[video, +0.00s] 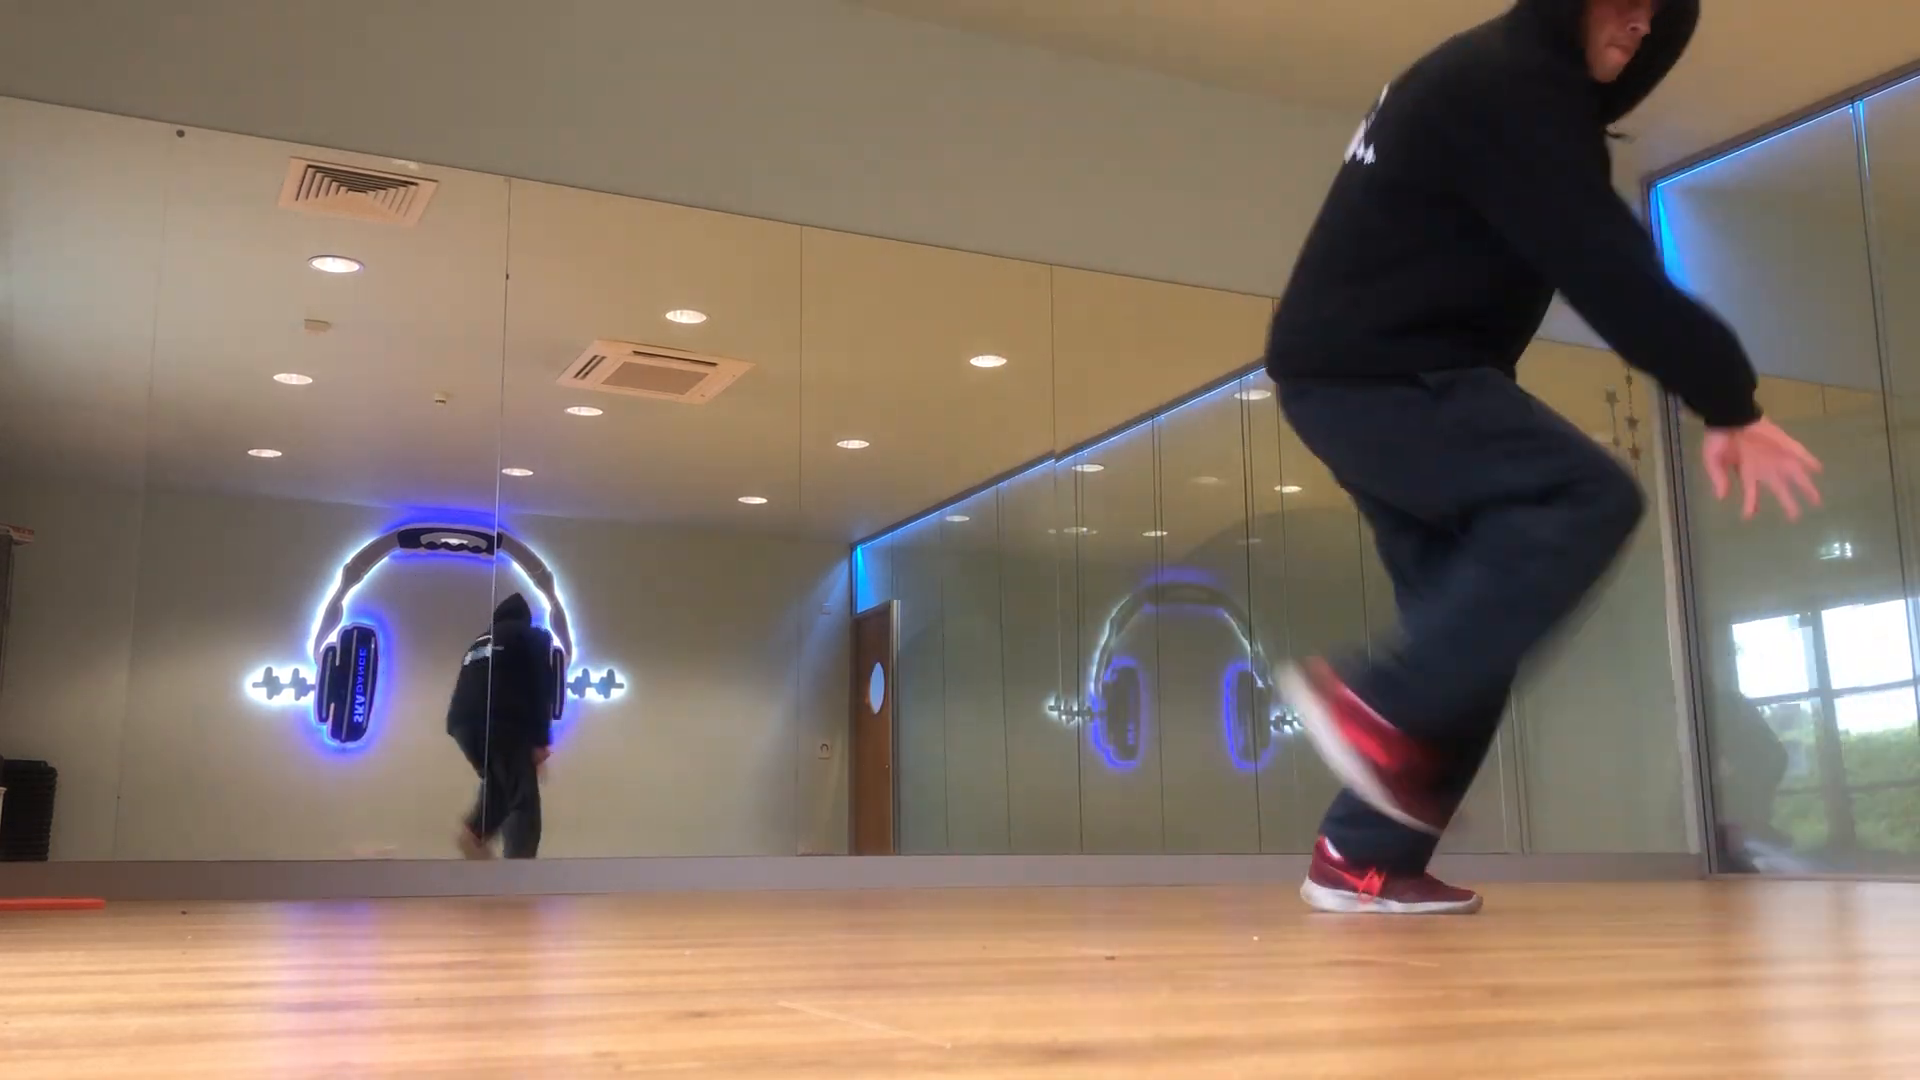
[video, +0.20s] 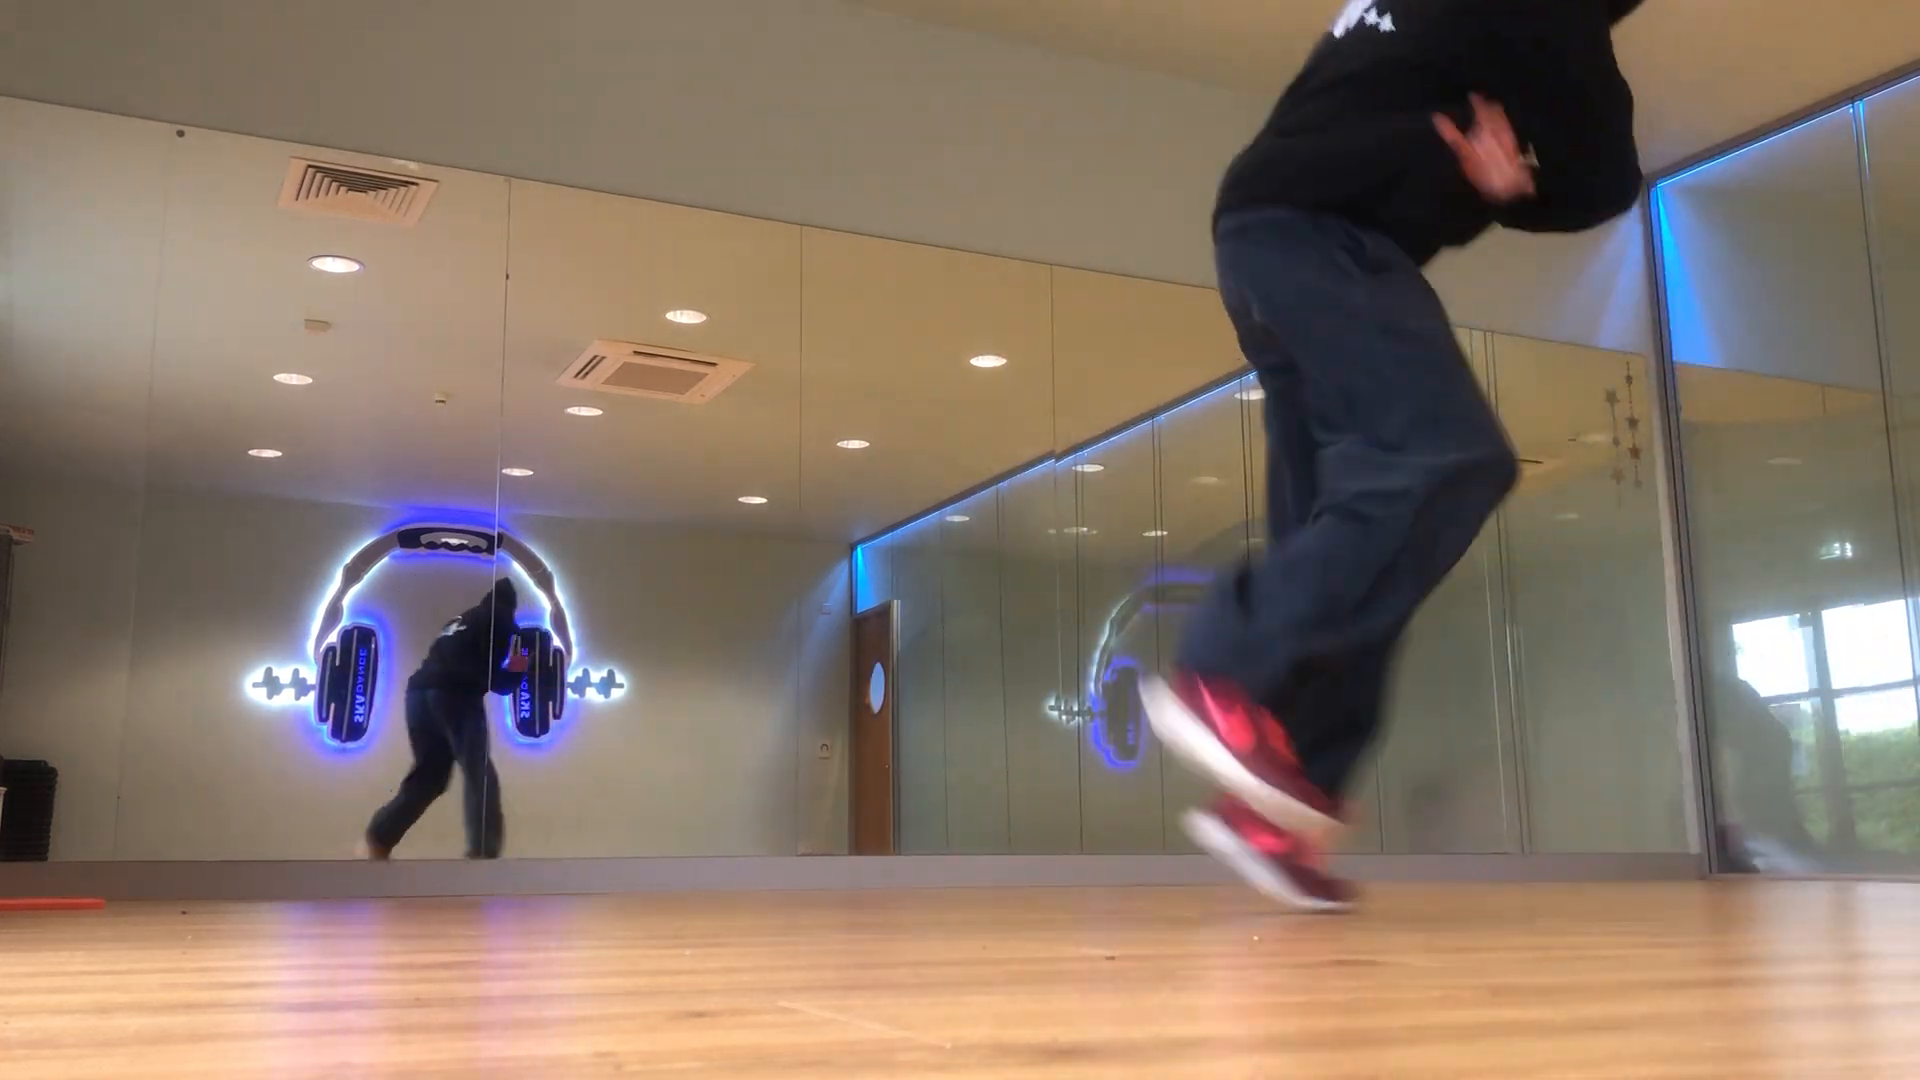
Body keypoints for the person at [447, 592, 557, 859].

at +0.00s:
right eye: (528, 615)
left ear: (497, 617)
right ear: (526, 615)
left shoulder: (480, 642)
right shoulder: (534, 637)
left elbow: (465, 694)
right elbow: (541, 689)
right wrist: (541, 739)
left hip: (463, 721)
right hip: (507, 722)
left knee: (498, 779)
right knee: (524, 794)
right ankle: (519, 866)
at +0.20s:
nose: (513, 613)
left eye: (511, 606)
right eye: (512, 607)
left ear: (487, 598)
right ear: (509, 604)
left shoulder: (461, 620)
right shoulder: (497, 620)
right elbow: (491, 678)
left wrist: (513, 672)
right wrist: (514, 672)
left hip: (419, 690)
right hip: (456, 693)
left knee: (432, 772)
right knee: (479, 768)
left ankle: (381, 835)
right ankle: (483, 851)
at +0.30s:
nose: (495, 624)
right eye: (495, 618)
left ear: (468, 609)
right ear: (492, 615)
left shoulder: (441, 630)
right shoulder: (482, 632)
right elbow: (470, 690)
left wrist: (492, 702)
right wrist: (495, 702)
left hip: (400, 704)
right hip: (437, 707)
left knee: (404, 776)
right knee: (445, 782)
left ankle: (378, 856)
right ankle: (437, 861)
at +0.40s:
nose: (481, 639)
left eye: (481, 634)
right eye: (481, 634)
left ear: (453, 624)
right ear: (478, 631)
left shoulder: (427, 642)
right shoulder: (470, 648)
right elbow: (456, 701)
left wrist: (449, 755)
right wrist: (440, 721)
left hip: (380, 722)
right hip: (416, 724)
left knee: (391, 808)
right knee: (438, 804)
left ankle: (364, 873)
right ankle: (420, 868)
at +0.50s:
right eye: (477, 637)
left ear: (449, 629)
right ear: (475, 635)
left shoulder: (421, 643)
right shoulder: (472, 648)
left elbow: (394, 683)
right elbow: (464, 690)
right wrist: (441, 712)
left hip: (378, 711)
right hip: (418, 712)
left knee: (378, 791)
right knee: (433, 789)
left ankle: (367, 861)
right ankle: (408, 847)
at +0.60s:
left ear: (442, 627)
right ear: (470, 633)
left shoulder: (412, 642)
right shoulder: (475, 648)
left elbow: (364, 657)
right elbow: (472, 684)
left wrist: (311, 654)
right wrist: (450, 712)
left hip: (390, 703)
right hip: (434, 712)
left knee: (368, 775)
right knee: (416, 784)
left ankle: (337, 853)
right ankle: (398, 858)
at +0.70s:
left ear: (434, 625)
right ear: (464, 633)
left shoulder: (409, 638)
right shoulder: (472, 656)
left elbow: (368, 634)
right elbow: (465, 689)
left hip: (394, 717)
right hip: (439, 728)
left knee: (360, 784)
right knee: (414, 800)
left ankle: (312, 839)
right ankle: (379, 863)